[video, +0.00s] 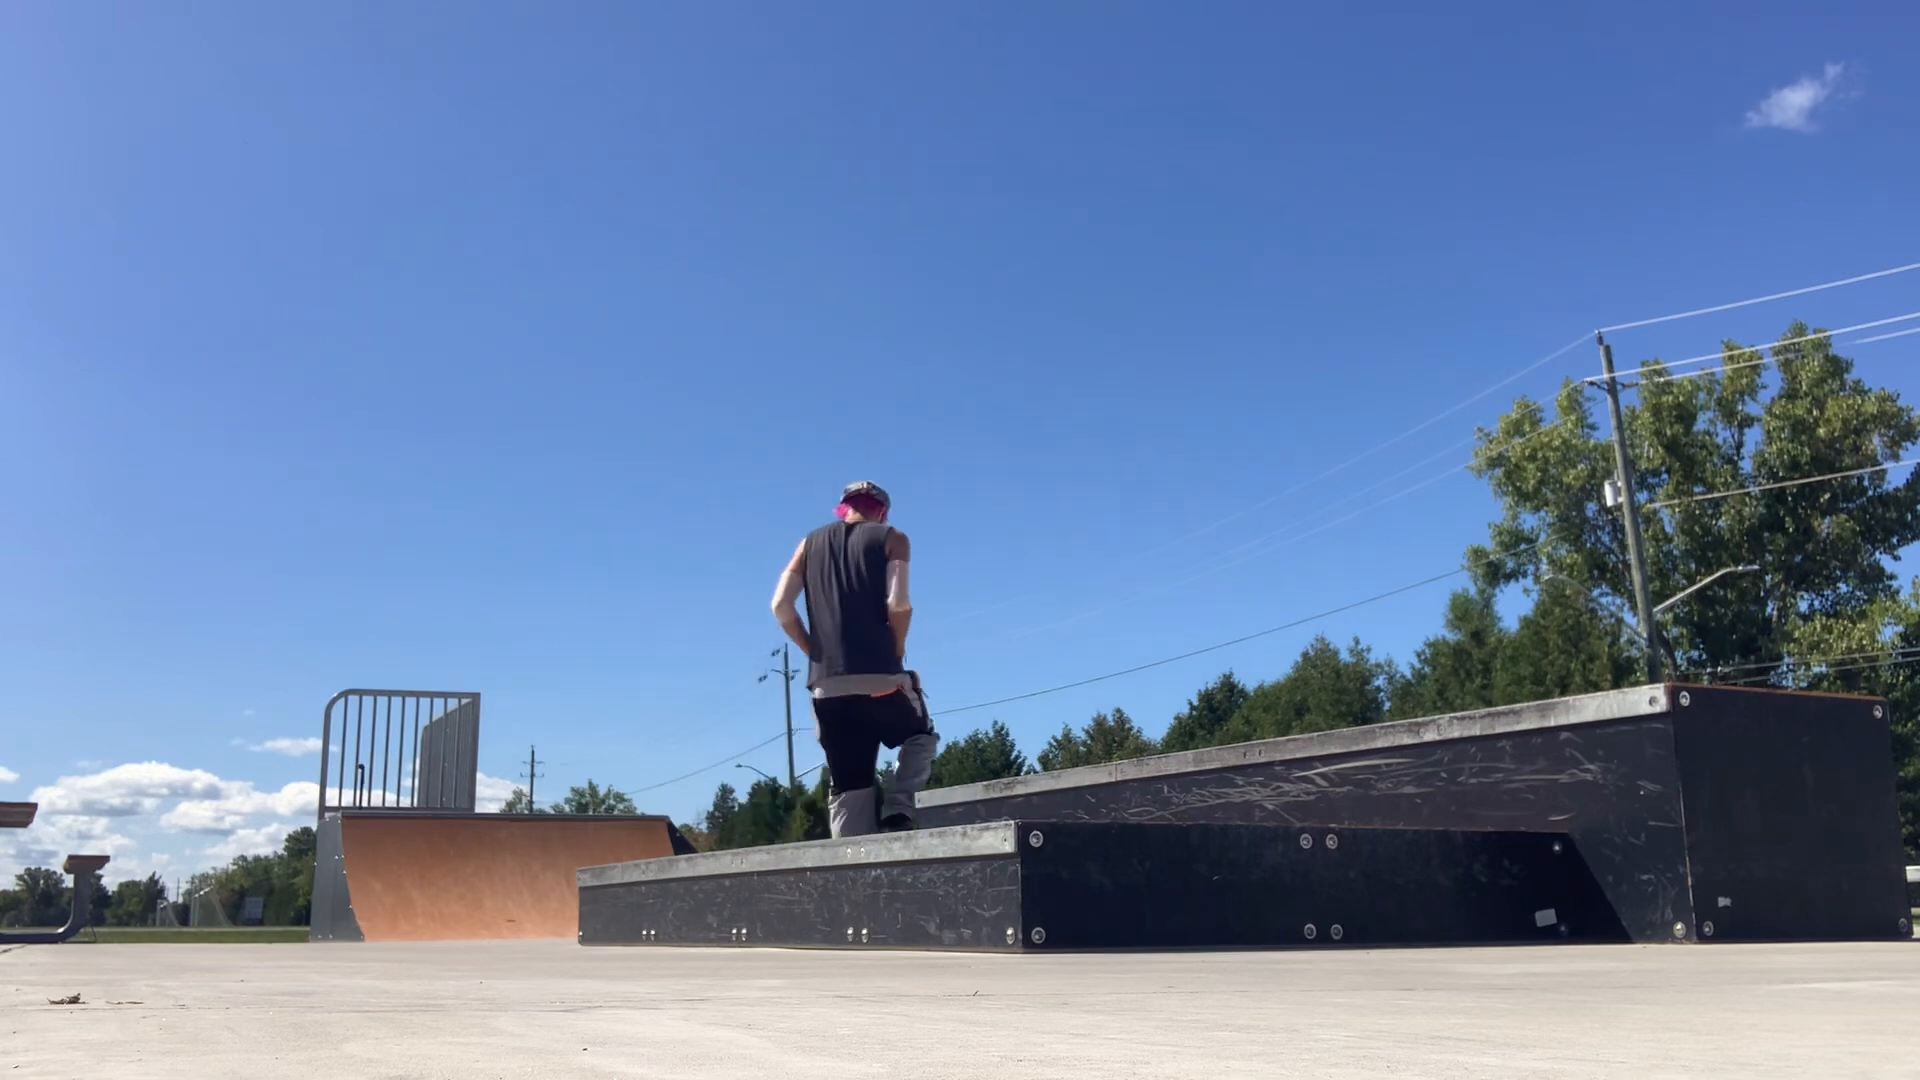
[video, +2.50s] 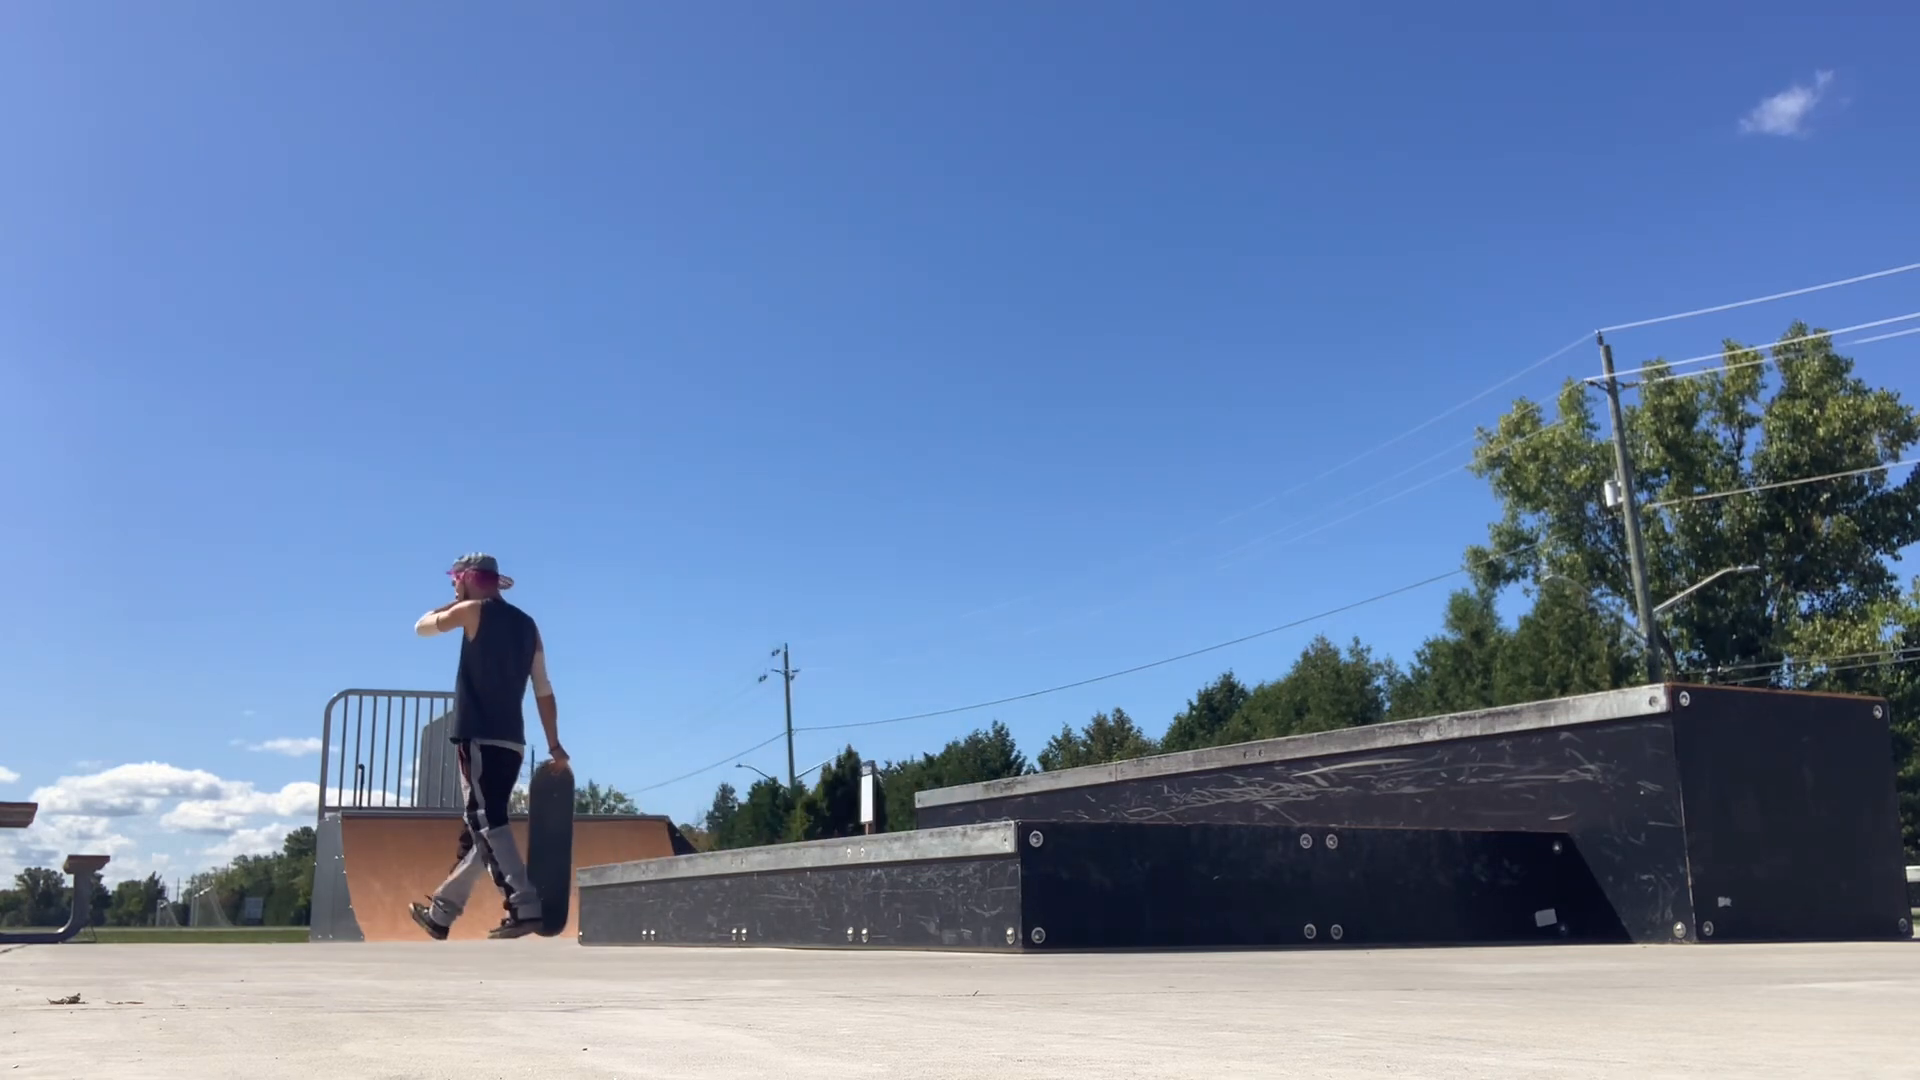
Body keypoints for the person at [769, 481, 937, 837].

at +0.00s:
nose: (886, 520)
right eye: (886, 515)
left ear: (841, 511)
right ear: (881, 511)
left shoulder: (810, 542)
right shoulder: (892, 538)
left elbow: (781, 606)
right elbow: (898, 604)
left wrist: (814, 651)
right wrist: (897, 653)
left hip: (828, 690)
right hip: (881, 685)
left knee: (848, 791)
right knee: (918, 737)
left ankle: (853, 885)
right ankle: (898, 811)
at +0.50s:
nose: (851, 545)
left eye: (852, 541)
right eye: (902, 539)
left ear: (858, 536)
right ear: (897, 538)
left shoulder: (843, 553)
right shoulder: (922, 569)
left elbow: (821, 584)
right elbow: (921, 646)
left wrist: (785, 632)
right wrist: (939, 709)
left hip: (852, 696)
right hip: (905, 696)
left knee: (856, 799)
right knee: (909, 799)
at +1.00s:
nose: (778, 548)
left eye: (778, 543)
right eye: (778, 543)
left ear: (787, 539)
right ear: (823, 539)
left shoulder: (783, 563)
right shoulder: (855, 577)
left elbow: (786, 616)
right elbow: (877, 650)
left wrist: (759, 674)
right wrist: (912, 709)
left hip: (796, 720)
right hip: (851, 718)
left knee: (782, 814)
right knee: (875, 810)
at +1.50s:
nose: (664, 555)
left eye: (667, 546)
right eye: (663, 547)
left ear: (685, 543)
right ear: (704, 545)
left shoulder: (685, 577)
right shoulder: (744, 588)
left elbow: (634, 626)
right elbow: (772, 656)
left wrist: (641, 598)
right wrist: (798, 717)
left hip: (708, 716)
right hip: (742, 718)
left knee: (722, 808)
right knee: (708, 810)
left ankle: (766, 879)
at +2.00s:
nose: (564, 570)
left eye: (567, 562)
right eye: (564, 563)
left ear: (584, 558)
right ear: (602, 559)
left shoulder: (583, 593)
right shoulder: (640, 604)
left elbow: (528, 607)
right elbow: (653, 675)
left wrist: (563, 578)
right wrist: (659, 727)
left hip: (589, 741)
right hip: (632, 741)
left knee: (564, 829)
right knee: (645, 831)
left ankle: (534, 910)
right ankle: (676, 913)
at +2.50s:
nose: (455, 590)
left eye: (456, 583)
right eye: (454, 584)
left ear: (465, 582)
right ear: (495, 583)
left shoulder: (472, 609)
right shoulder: (527, 625)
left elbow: (422, 627)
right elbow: (543, 691)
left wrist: (454, 605)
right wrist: (554, 742)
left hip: (479, 736)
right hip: (512, 741)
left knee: (492, 826)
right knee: (485, 830)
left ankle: (525, 909)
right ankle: (441, 912)